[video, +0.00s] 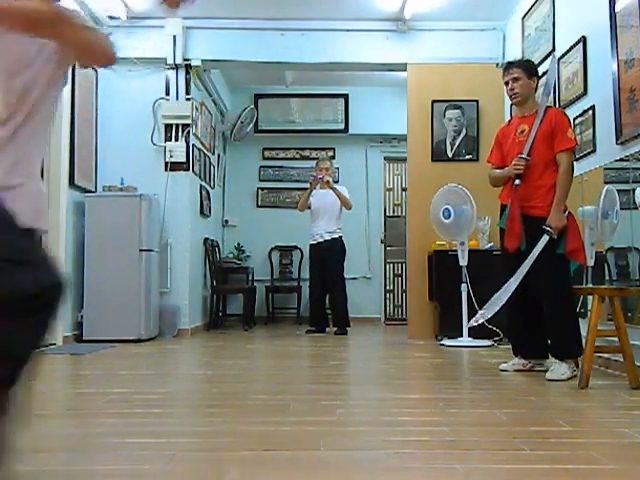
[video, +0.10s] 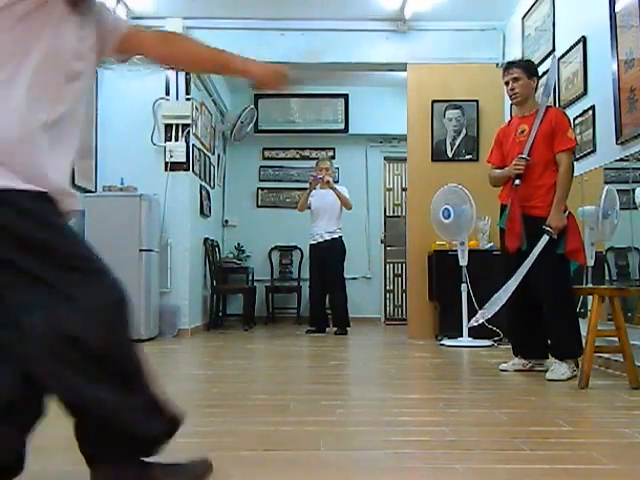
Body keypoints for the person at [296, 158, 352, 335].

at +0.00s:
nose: (323, 173)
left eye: (326, 170)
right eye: (320, 170)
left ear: (331, 171)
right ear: (316, 172)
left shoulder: (339, 190)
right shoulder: (312, 193)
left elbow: (348, 206)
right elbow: (301, 208)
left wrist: (332, 188)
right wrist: (310, 188)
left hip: (334, 241)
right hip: (316, 243)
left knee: (336, 285)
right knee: (316, 286)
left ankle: (341, 325)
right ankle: (318, 324)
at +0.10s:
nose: (323, 173)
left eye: (326, 170)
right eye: (320, 170)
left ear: (331, 171)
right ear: (316, 172)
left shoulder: (339, 190)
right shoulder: (313, 193)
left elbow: (348, 206)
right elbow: (300, 208)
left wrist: (333, 188)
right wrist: (310, 189)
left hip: (334, 241)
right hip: (316, 243)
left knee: (336, 285)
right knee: (316, 286)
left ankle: (341, 325)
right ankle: (318, 324)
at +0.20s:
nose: (323, 173)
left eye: (326, 170)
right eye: (320, 170)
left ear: (331, 171)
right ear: (316, 172)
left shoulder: (339, 190)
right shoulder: (312, 193)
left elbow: (348, 206)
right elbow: (300, 208)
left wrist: (333, 188)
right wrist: (309, 189)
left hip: (334, 241)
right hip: (316, 243)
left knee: (336, 285)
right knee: (316, 286)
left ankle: (341, 325)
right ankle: (318, 324)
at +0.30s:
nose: (323, 173)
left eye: (326, 170)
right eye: (320, 170)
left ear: (331, 171)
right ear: (316, 172)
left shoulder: (339, 190)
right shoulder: (312, 193)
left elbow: (348, 206)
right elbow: (300, 208)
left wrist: (333, 188)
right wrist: (309, 188)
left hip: (334, 241)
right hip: (316, 243)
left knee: (336, 285)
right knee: (316, 286)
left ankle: (341, 325)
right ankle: (318, 324)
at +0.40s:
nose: (323, 173)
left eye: (326, 170)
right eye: (320, 170)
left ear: (331, 171)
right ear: (316, 172)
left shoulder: (339, 190)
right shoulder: (312, 193)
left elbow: (348, 206)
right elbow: (300, 208)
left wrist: (333, 188)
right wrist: (309, 189)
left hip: (334, 241)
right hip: (316, 243)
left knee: (336, 285)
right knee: (316, 286)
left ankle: (341, 324)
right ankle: (318, 323)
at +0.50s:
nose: (323, 173)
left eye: (326, 170)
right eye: (320, 170)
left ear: (331, 171)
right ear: (316, 172)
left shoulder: (339, 190)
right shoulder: (312, 193)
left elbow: (348, 206)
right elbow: (300, 208)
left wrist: (333, 188)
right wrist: (309, 189)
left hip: (334, 241)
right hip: (316, 243)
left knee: (336, 285)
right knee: (316, 286)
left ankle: (341, 324)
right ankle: (318, 323)